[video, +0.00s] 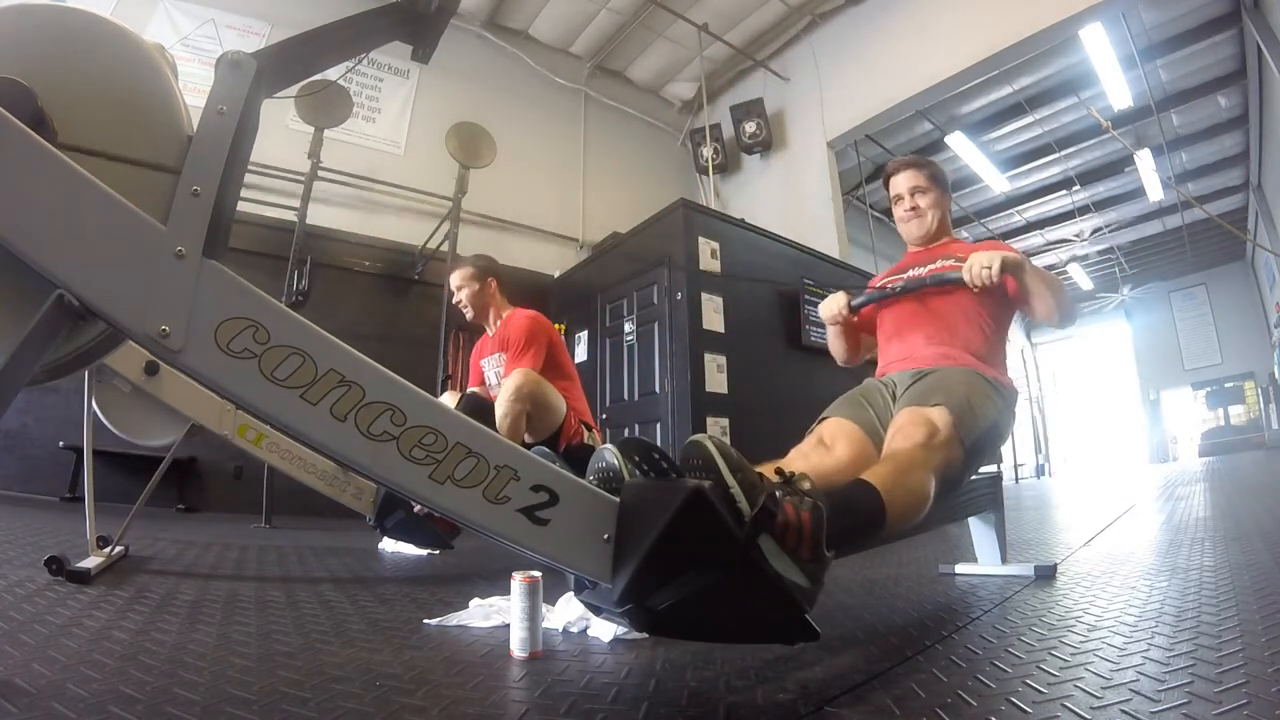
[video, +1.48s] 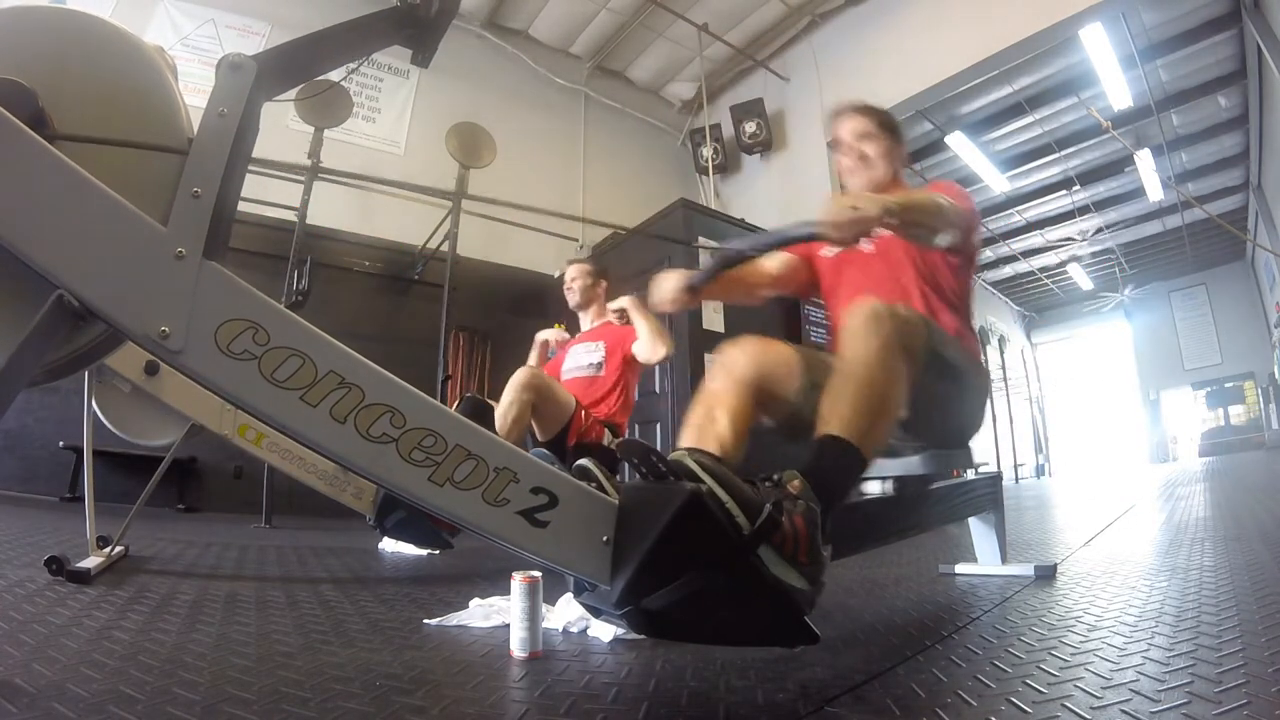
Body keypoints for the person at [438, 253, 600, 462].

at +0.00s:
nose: (455, 300)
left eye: (461, 289)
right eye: (454, 293)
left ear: (490, 286)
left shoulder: (527, 323)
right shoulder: (479, 349)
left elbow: (518, 392)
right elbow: (477, 400)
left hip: (574, 438)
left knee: (520, 384)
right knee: (449, 399)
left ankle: (501, 473)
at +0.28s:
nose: (462, 301)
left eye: (468, 290)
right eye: (460, 294)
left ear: (497, 285)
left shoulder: (528, 320)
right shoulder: (482, 348)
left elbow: (518, 391)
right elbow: (481, 405)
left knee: (524, 385)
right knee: (452, 400)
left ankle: (498, 476)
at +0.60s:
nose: (457, 312)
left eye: (461, 301)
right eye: (452, 306)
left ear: (490, 291)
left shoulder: (523, 327)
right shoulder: (477, 354)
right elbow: (464, 414)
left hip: (582, 439)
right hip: (530, 444)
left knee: (528, 387)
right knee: (457, 404)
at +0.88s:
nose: (481, 296)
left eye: (488, 286)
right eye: (478, 291)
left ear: (516, 282)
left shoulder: (552, 323)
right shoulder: (503, 340)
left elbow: (536, 388)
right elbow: (490, 399)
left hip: (585, 440)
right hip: (529, 438)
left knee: (531, 389)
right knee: (454, 403)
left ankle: (489, 474)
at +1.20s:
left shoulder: (591, 325)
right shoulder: (541, 338)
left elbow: (595, 380)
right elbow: (512, 401)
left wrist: (538, 342)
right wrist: (459, 373)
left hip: (588, 445)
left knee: (540, 391)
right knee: (470, 405)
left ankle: (485, 479)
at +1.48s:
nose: (566, 286)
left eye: (575, 279)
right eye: (564, 282)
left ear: (601, 286)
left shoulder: (622, 333)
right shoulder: (567, 346)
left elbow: (658, 352)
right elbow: (533, 387)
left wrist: (632, 305)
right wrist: (538, 346)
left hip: (600, 438)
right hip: (555, 433)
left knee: (527, 379)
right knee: (472, 406)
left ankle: (493, 464)